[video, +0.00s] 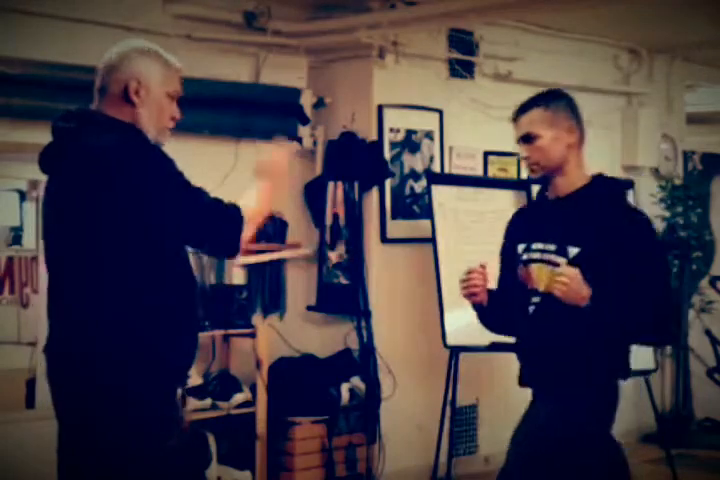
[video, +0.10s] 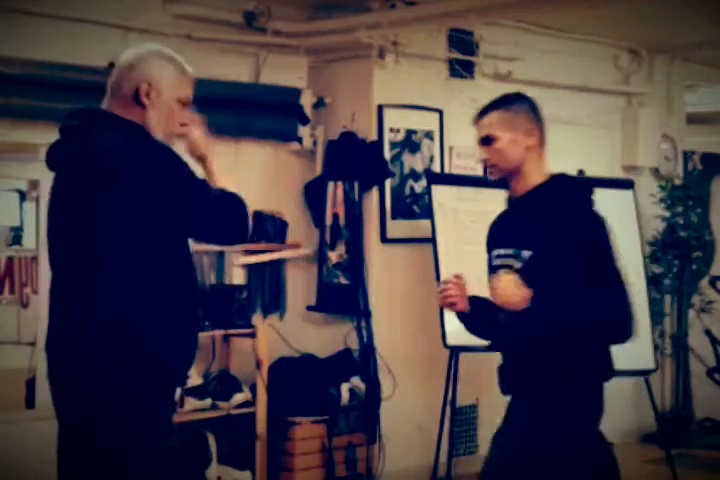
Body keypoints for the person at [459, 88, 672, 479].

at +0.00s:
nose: (522, 153)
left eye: (530, 140)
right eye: (520, 144)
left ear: (571, 137)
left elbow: (660, 324)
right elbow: (514, 319)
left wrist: (590, 298)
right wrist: (485, 300)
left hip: (589, 387)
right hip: (544, 386)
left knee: (520, 469)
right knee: (595, 467)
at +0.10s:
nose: (482, 155)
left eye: (489, 141)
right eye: (480, 145)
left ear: (529, 139)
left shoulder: (572, 214)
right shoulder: (503, 227)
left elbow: (617, 322)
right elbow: (513, 331)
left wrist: (531, 300)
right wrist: (469, 308)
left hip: (569, 393)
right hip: (528, 393)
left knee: (502, 471)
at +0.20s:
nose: (435, 160)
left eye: (442, 145)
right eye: (434, 148)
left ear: (482, 143)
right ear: (482, 145)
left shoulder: (502, 201)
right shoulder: (504, 197)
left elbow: (496, 321)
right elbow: (504, 313)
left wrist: (410, 308)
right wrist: (443, 306)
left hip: (530, 391)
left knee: (473, 473)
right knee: (560, 471)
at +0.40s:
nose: (350, 186)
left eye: (354, 173)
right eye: (347, 175)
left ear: (389, 163)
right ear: (392, 164)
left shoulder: (418, 238)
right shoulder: (458, 208)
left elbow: (363, 345)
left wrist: (268, 376)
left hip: (487, 402)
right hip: (535, 387)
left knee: (432, 474)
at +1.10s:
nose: (378, 180)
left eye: (382, 167)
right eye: (375, 169)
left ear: (415, 156)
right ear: (418, 157)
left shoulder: (449, 230)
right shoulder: (474, 199)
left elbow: (392, 339)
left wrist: (296, 384)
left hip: (499, 396)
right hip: (533, 382)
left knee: (448, 472)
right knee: (546, 473)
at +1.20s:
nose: (410, 169)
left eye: (418, 156)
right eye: (408, 159)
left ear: (455, 151)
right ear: (456, 153)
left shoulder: (481, 221)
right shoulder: (508, 198)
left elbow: (425, 335)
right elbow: (552, 307)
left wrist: (342, 405)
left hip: (510, 398)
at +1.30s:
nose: (452, 158)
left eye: (460, 145)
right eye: (453, 147)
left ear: (497, 146)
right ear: (496, 147)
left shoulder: (514, 216)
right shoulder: (539, 202)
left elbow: (479, 345)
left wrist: (398, 412)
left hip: (539, 396)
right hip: (569, 385)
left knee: (498, 472)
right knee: (574, 473)